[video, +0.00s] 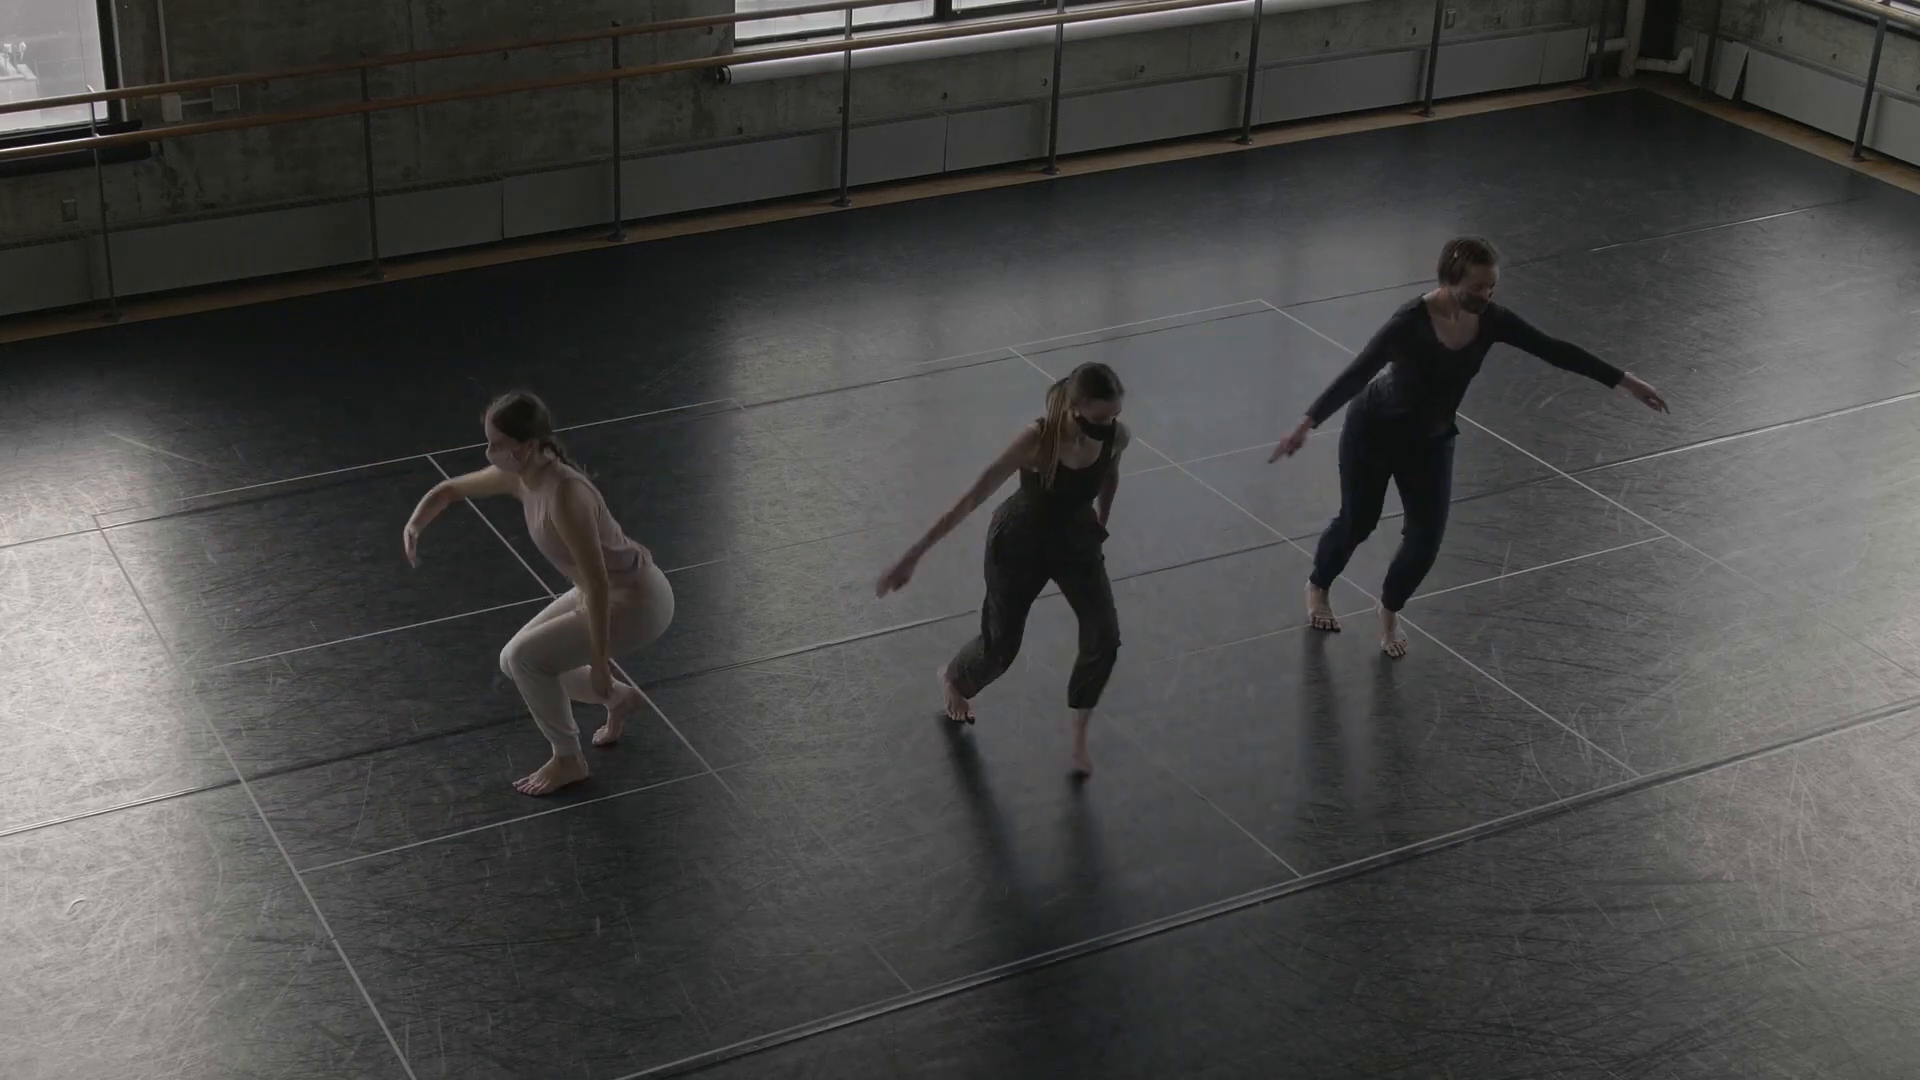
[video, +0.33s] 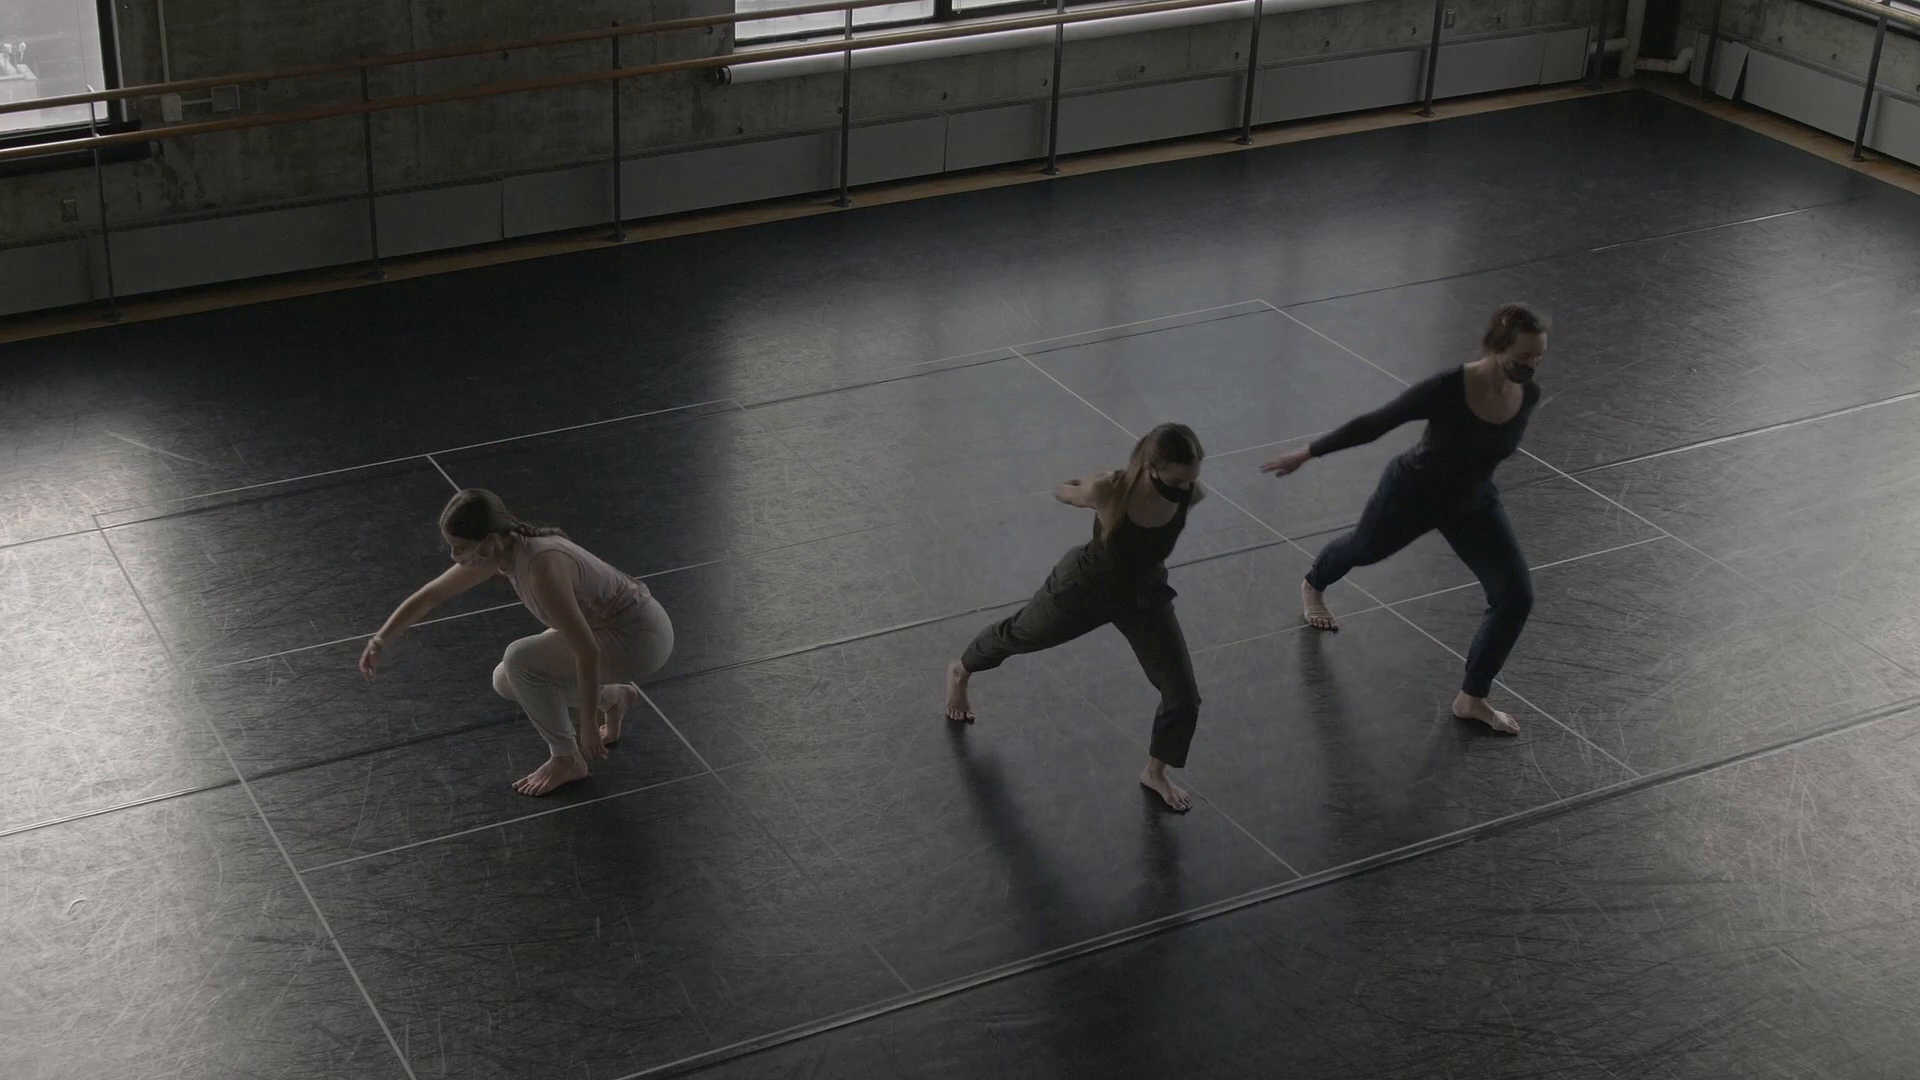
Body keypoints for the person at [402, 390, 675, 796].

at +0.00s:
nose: (488, 454)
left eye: (495, 446)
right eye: (488, 444)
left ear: (526, 448)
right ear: (520, 447)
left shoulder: (567, 497)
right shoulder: (519, 474)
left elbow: (596, 586)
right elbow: (448, 489)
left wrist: (601, 669)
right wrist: (414, 525)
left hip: (634, 606)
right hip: (598, 591)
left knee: (526, 659)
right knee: (513, 658)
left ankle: (568, 759)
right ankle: (618, 696)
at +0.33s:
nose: (457, 560)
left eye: (461, 551)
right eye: (454, 551)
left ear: (491, 542)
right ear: (486, 541)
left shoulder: (542, 570)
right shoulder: (500, 552)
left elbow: (587, 652)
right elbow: (430, 595)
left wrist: (591, 722)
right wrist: (382, 636)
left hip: (637, 638)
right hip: (613, 631)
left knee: (521, 657)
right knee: (505, 681)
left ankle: (567, 759)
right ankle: (613, 698)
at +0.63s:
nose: (437, 447)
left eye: (441, 438)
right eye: (433, 438)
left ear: (469, 429)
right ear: (467, 426)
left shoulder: (527, 462)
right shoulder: (482, 451)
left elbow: (572, 548)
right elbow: (456, 497)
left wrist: (577, 629)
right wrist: (405, 527)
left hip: (611, 561)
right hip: (574, 558)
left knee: (512, 644)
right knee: (553, 660)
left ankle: (556, 751)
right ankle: (622, 692)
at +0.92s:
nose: (428, 386)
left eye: (431, 376)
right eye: (422, 378)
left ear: (456, 362)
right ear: (455, 360)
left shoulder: (500, 411)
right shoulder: (484, 384)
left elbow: (539, 499)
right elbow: (522, 462)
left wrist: (543, 580)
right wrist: (522, 514)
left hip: (565, 520)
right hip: (568, 504)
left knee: (500, 644)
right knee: (584, 618)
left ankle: (526, 759)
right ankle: (639, 704)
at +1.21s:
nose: (391, 408)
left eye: (397, 401)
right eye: (386, 400)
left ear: (428, 387)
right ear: (427, 380)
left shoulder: (459, 441)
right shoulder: (455, 387)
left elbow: (497, 521)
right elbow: (511, 417)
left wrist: (500, 602)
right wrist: (568, 429)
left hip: (498, 556)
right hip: (461, 539)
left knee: (469, 678)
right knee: (425, 642)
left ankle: (509, 774)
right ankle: (514, 683)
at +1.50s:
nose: (356, 446)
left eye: (363, 439)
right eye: (347, 440)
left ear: (376, 418)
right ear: (328, 420)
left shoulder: (401, 433)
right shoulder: (307, 431)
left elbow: (451, 503)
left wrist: (472, 575)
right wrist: (297, 468)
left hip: (424, 530)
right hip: (359, 536)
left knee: (479, 645)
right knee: (327, 645)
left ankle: (520, 761)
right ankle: (299, 735)